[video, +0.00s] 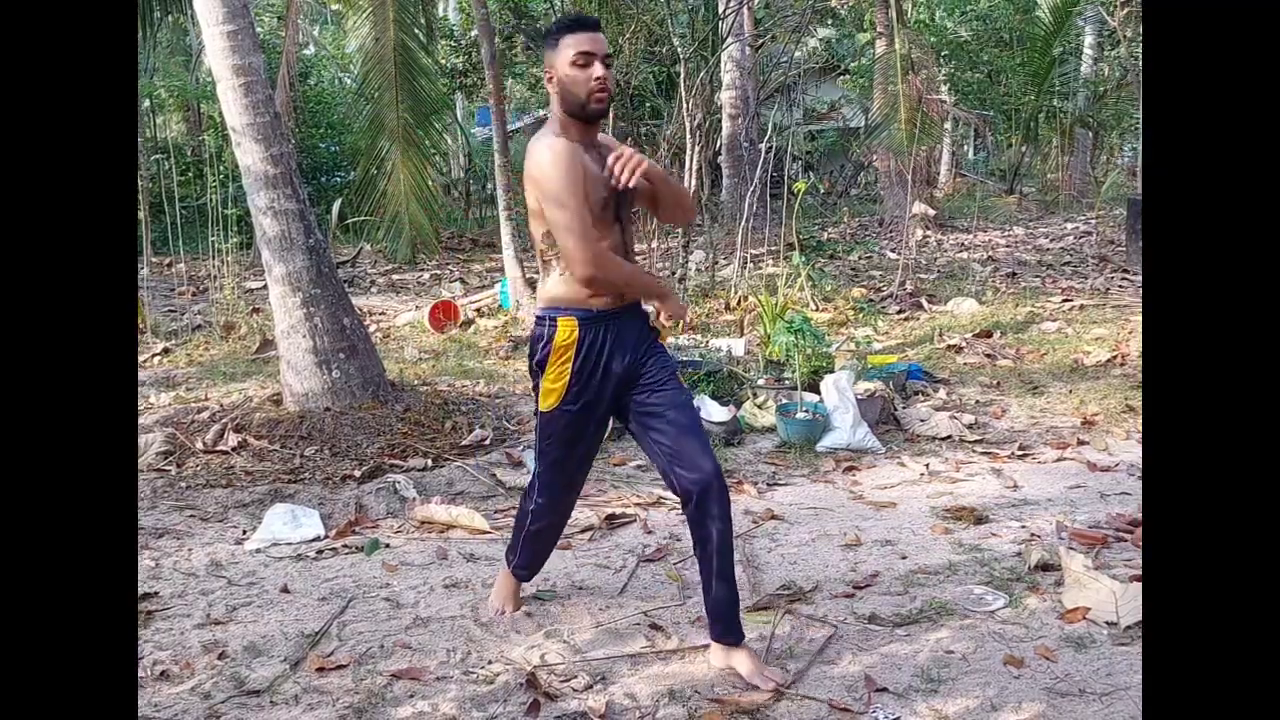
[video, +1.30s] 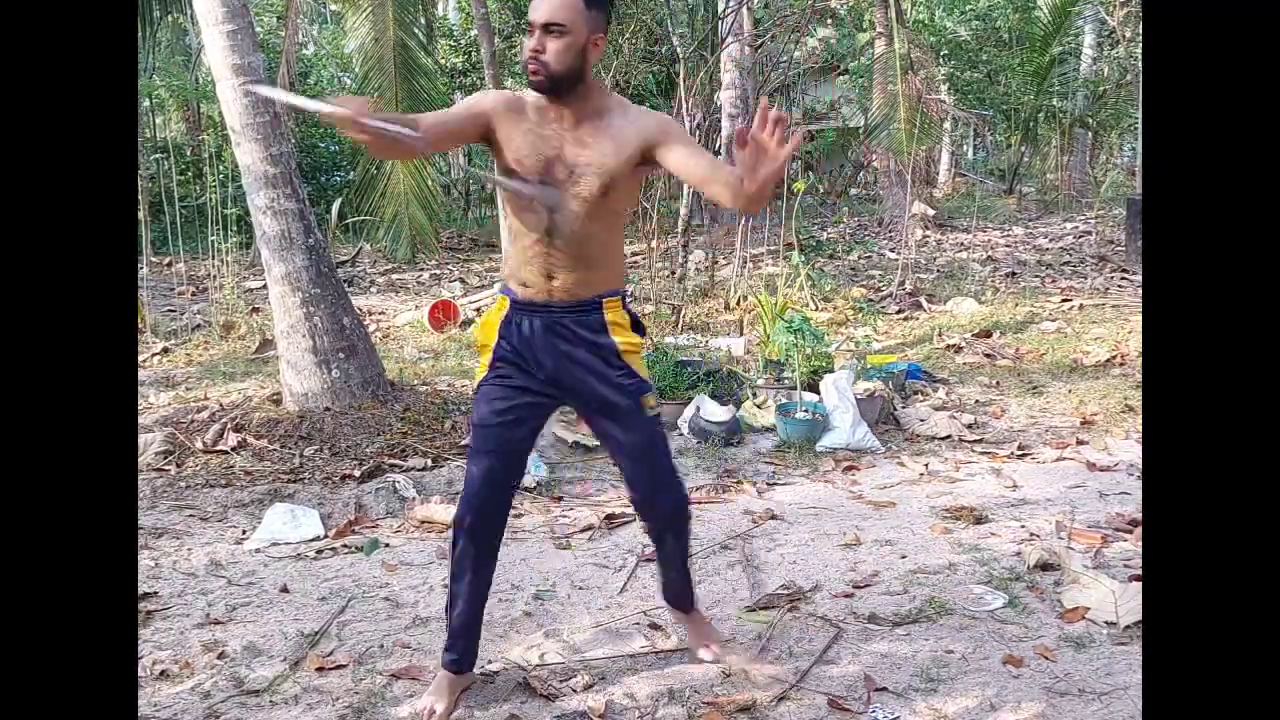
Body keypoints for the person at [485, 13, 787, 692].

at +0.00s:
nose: (601, 73)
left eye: (606, 61)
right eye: (583, 62)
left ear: (610, 72)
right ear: (548, 77)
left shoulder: (605, 147)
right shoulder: (553, 153)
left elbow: (683, 213)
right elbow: (588, 265)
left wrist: (651, 173)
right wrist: (660, 290)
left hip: (633, 334)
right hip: (574, 338)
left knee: (703, 479)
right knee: (555, 489)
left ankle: (727, 641)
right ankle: (511, 579)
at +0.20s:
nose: (686, 86)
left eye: (694, 73)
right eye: (670, 70)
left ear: (699, 78)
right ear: (633, 72)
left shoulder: (688, 158)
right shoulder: (599, 141)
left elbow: (730, 255)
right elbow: (530, 220)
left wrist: (686, 230)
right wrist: (572, 310)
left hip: (666, 340)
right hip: (601, 342)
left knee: (729, 488)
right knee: (565, 483)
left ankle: (732, 644)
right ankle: (521, 573)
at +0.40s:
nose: (722, 78)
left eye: (737, 61)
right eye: (706, 61)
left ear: (752, 60)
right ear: (674, 57)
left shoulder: (766, 145)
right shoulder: (625, 129)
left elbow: (777, 258)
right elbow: (538, 201)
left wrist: (671, 254)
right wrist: (558, 236)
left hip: (714, 336)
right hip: (630, 332)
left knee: (741, 497)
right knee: (578, 477)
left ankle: (731, 644)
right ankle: (562, 574)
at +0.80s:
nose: (705, 59)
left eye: (723, 42)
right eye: (690, 41)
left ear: (745, 41)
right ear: (665, 41)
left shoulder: (775, 129)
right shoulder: (622, 117)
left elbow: (819, 239)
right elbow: (530, 160)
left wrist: (730, 252)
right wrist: (512, 138)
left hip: (735, 338)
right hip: (645, 333)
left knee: (751, 512)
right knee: (603, 500)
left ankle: (733, 644)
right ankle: (556, 661)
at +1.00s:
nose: (694, 69)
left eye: (714, 53)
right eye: (681, 49)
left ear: (740, 55)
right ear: (662, 50)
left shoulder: (758, 137)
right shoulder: (625, 135)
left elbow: (842, 212)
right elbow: (611, 253)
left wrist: (849, 145)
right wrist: (712, 218)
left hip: (706, 347)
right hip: (625, 345)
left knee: (757, 516)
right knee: (568, 513)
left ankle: (730, 640)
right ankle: (490, 654)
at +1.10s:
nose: (667, 77)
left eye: (687, 64)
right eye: (656, 60)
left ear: (714, 73)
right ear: (640, 64)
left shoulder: (727, 142)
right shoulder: (622, 153)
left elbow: (833, 176)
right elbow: (657, 273)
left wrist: (837, 98)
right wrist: (734, 215)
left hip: (686, 358)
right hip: (609, 357)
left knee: (760, 512)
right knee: (545, 518)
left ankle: (731, 645)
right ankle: (463, 659)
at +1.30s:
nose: (534, 46)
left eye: (553, 33)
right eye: (530, 30)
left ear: (596, 42)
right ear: (524, 35)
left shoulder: (642, 128)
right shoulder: (498, 110)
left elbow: (731, 191)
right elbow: (414, 136)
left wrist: (753, 185)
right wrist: (365, 124)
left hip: (601, 332)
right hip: (518, 330)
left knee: (660, 489)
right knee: (478, 502)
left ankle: (683, 605)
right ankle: (454, 669)